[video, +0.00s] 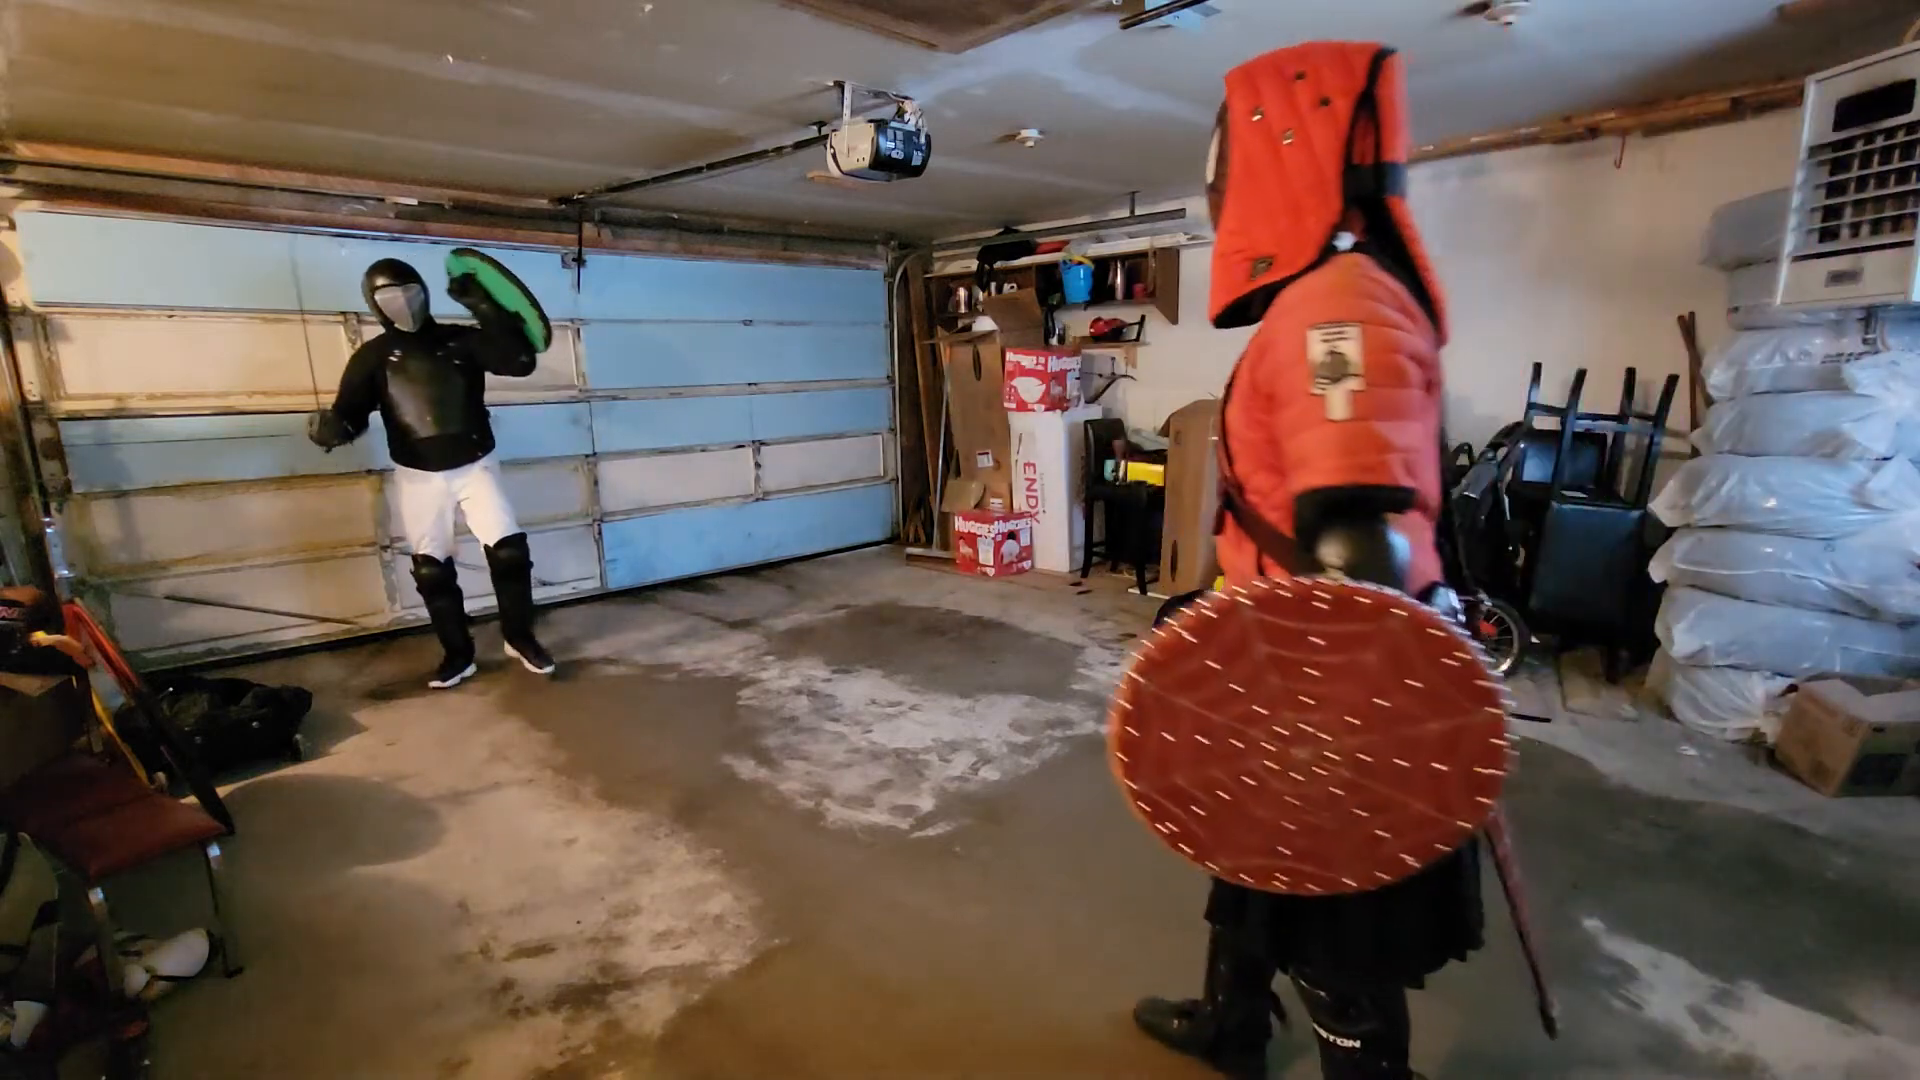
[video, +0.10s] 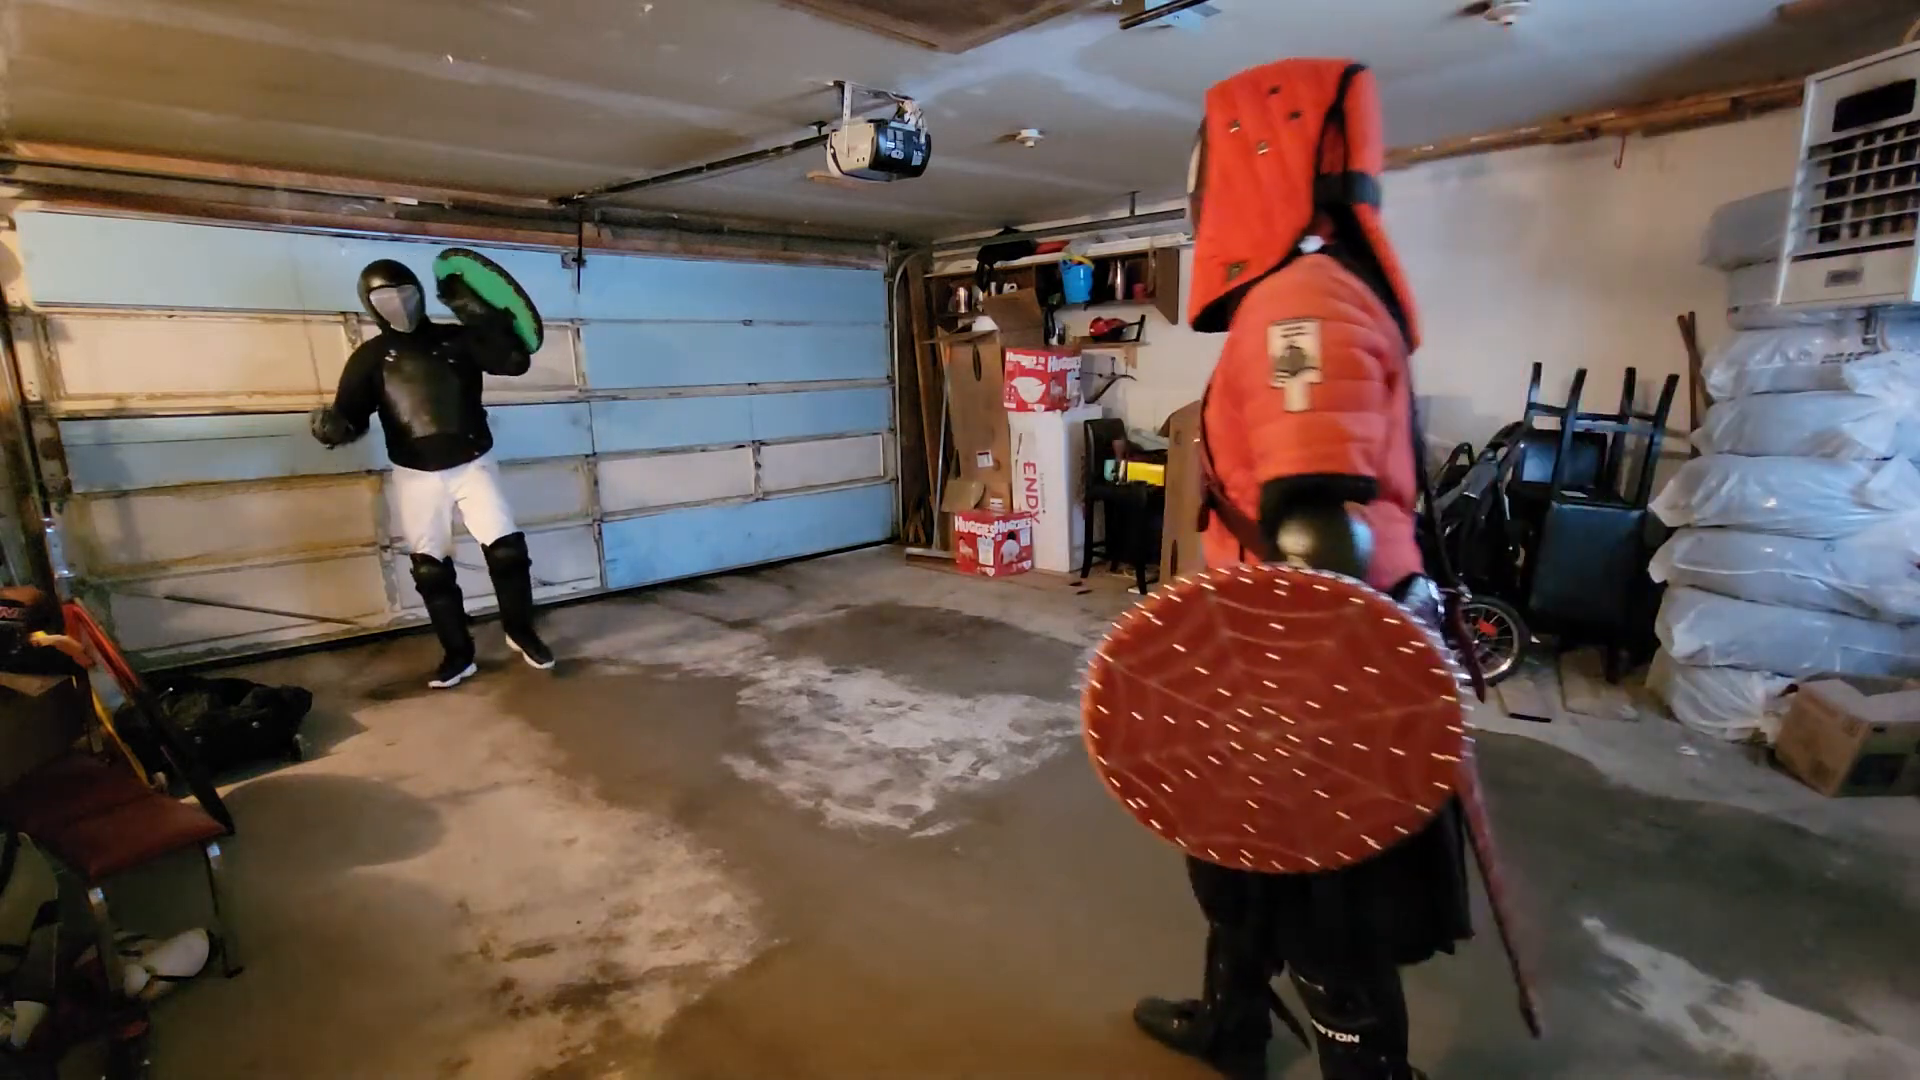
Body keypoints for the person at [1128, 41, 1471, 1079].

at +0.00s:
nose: (1217, 186)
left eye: (1234, 155)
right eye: (1224, 158)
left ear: (1293, 154)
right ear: (1325, 153)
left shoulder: (1347, 302)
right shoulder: (1307, 302)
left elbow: (1361, 543)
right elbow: (1295, 518)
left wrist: (1344, 724)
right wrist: (1217, 613)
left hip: (1333, 690)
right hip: (1274, 668)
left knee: (1339, 895)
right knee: (1247, 843)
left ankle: (1366, 1059)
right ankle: (1232, 1015)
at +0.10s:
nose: (1202, 194)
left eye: (1215, 167)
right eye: (1207, 168)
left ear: (1265, 169)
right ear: (1303, 170)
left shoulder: (1309, 298)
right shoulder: (1289, 294)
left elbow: (1321, 511)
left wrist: (1315, 696)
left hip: (1330, 652)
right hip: (1282, 638)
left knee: (1329, 877)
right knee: (1234, 833)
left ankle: (1365, 1059)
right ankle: (1232, 1017)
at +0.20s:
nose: (1186, 198)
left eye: (1198, 173)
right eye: (1192, 174)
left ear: (1240, 175)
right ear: (1295, 172)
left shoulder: (1280, 303)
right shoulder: (1285, 298)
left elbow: (1294, 524)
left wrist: (1277, 701)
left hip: (1310, 671)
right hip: (1286, 660)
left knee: (1319, 879)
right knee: (1247, 841)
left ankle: (1363, 1058)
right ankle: (1232, 1018)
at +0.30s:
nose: (1172, 211)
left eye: (1182, 187)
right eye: (1177, 187)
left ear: (1224, 188)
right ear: (1279, 185)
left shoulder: (1257, 305)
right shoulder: (1292, 294)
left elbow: (1272, 513)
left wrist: (1238, 686)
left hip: (1323, 657)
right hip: (1311, 644)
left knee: (1307, 904)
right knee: (1243, 840)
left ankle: (1368, 1062)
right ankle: (1232, 1017)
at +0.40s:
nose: (1169, 217)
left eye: (1180, 193)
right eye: (1175, 193)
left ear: (1222, 194)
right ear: (1275, 192)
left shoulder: (1248, 311)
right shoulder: (1291, 299)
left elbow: (1261, 535)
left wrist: (1222, 707)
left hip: (1322, 669)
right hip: (1315, 650)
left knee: (1300, 913)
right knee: (1238, 849)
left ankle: (1392, 1063)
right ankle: (1231, 1023)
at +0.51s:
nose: (1174, 228)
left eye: (1184, 202)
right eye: (1180, 203)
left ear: (1226, 200)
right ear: (1287, 197)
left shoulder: (1248, 320)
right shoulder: (1305, 307)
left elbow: (1262, 544)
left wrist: (1240, 722)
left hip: (1317, 686)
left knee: (1312, 924)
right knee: (1235, 847)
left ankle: (1413, 1059)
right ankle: (1230, 1019)